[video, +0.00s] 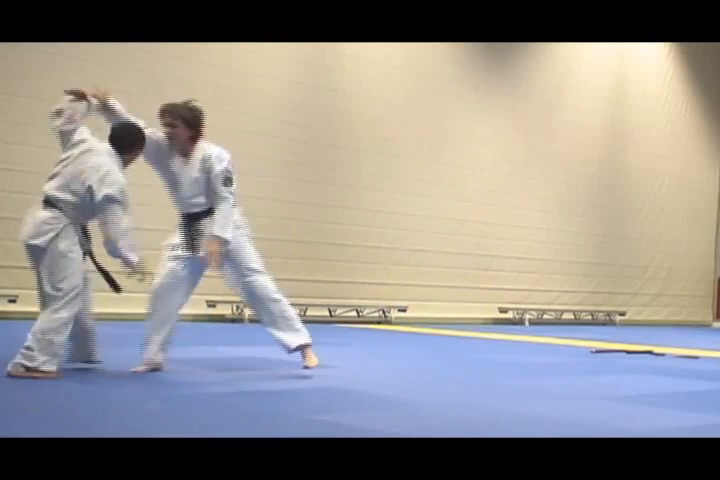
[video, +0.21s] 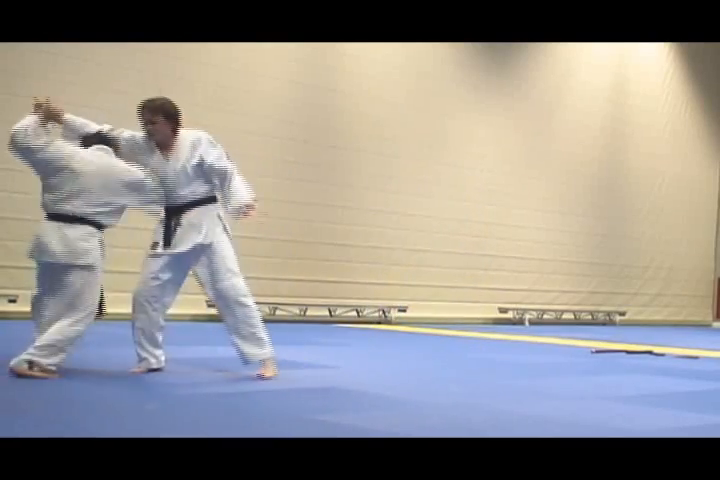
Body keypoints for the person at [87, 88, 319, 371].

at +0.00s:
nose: (165, 132)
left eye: (171, 127)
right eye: (164, 127)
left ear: (191, 131)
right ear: (166, 130)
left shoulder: (215, 158)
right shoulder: (161, 151)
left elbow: (226, 202)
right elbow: (132, 127)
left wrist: (217, 237)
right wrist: (104, 103)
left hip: (223, 224)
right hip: (189, 229)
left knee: (257, 284)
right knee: (165, 287)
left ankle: (304, 346)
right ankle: (153, 356)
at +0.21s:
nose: (147, 128)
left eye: (153, 122)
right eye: (146, 123)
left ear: (172, 123)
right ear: (146, 125)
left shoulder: (200, 145)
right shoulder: (143, 147)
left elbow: (228, 175)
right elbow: (102, 134)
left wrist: (240, 199)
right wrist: (61, 118)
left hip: (207, 223)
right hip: (172, 228)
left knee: (231, 290)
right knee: (147, 293)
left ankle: (264, 359)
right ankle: (150, 360)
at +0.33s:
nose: (132, 142)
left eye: (133, 135)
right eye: (129, 137)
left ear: (148, 128)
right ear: (135, 133)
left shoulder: (183, 132)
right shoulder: (140, 149)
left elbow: (224, 140)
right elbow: (105, 135)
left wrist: (254, 160)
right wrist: (66, 120)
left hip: (201, 214)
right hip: (169, 218)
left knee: (217, 287)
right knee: (153, 293)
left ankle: (245, 357)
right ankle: (153, 360)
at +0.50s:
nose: (126, 125)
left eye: (128, 119)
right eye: (125, 120)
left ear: (142, 116)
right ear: (136, 119)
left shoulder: (175, 126)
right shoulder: (139, 137)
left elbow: (212, 131)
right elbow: (108, 120)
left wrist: (245, 144)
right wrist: (74, 103)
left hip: (196, 212)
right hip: (168, 218)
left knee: (206, 285)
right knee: (155, 289)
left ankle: (242, 356)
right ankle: (160, 357)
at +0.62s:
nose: (130, 121)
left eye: (133, 115)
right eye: (130, 116)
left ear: (149, 115)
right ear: (144, 116)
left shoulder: (178, 129)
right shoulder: (142, 139)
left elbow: (206, 145)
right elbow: (111, 133)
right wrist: (78, 126)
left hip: (189, 215)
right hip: (163, 217)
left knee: (180, 282)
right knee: (152, 290)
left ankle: (226, 348)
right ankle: (160, 357)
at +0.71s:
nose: (131, 125)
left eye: (134, 119)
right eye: (131, 119)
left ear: (148, 116)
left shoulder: (169, 128)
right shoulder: (147, 147)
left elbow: (191, 151)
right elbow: (117, 160)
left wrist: (158, 181)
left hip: (191, 215)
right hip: (170, 217)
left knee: (163, 279)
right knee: (150, 283)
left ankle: (198, 351)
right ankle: (160, 357)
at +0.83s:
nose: (128, 137)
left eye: (127, 131)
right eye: (126, 132)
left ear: (133, 126)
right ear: (157, 120)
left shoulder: (148, 135)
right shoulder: (177, 142)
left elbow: (160, 163)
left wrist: (125, 200)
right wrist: (127, 220)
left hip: (185, 217)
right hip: (207, 218)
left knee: (153, 294)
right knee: (182, 297)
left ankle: (151, 362)